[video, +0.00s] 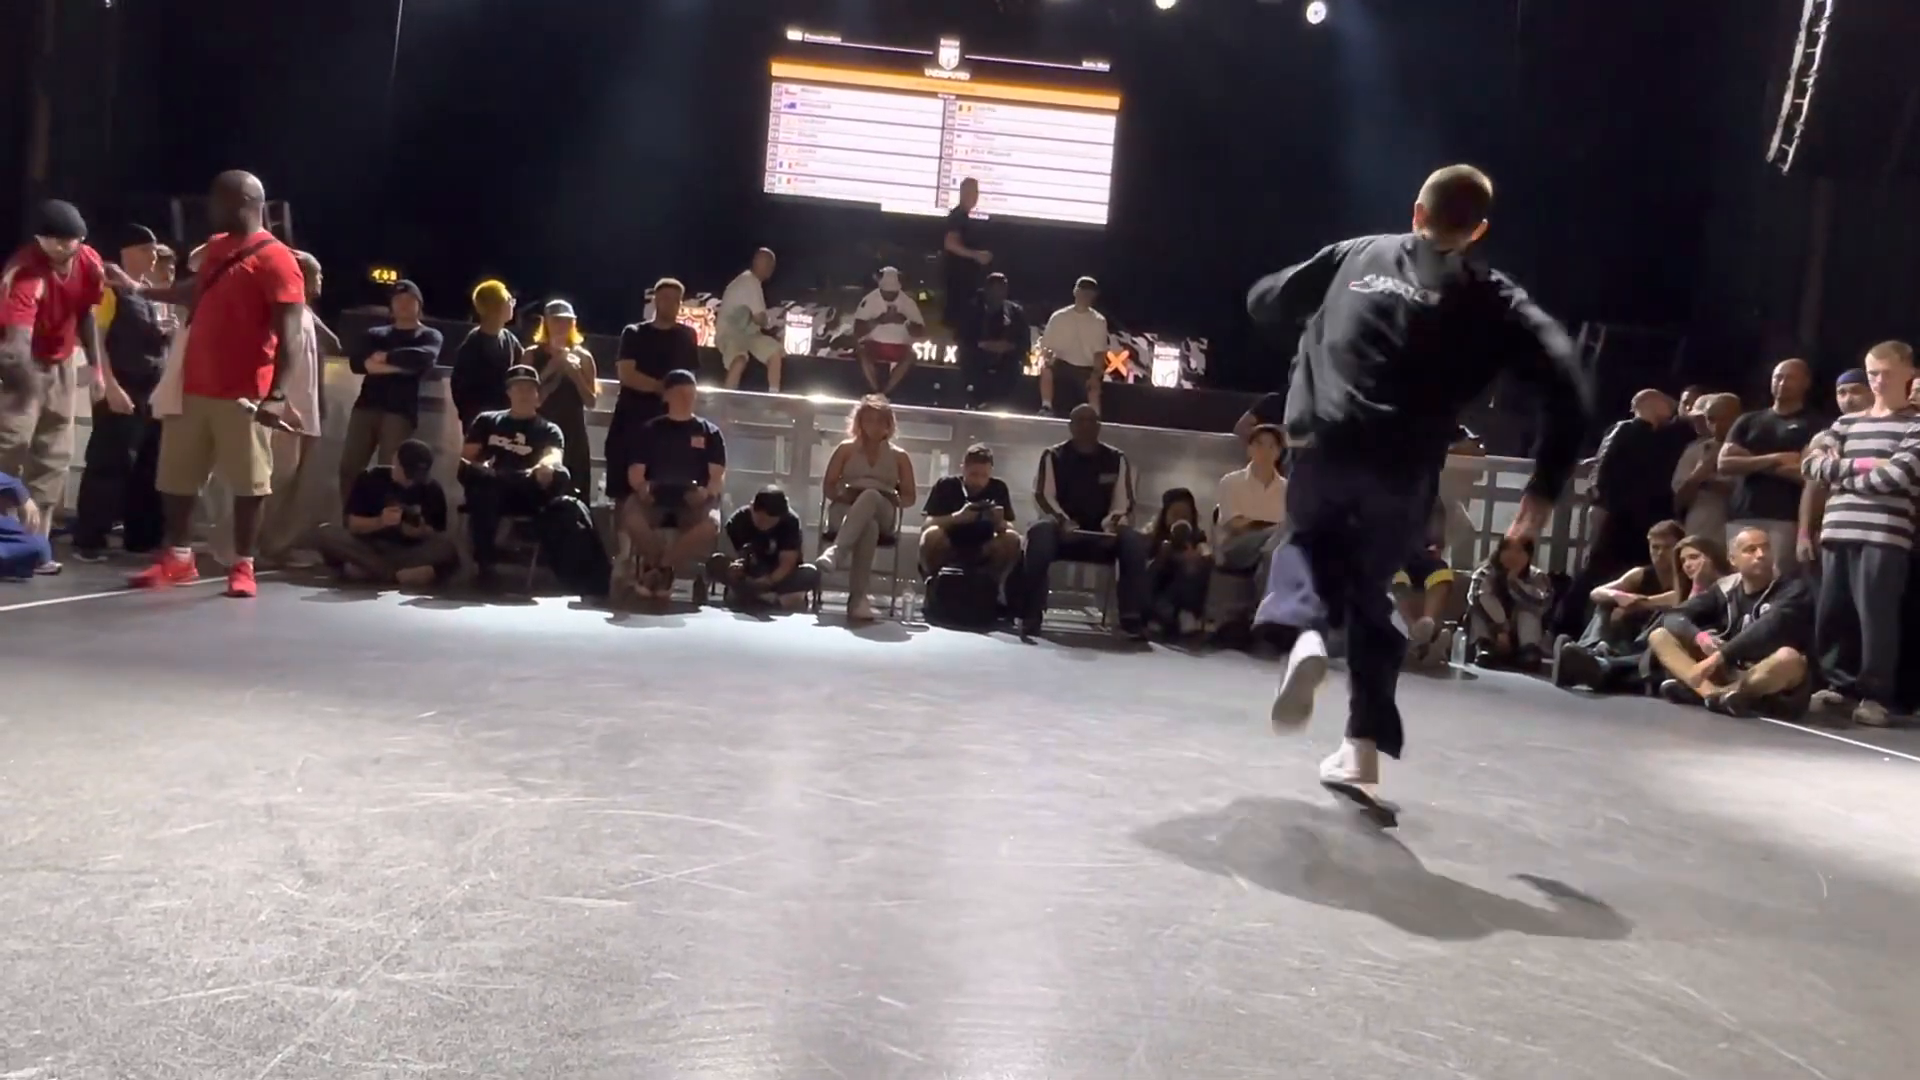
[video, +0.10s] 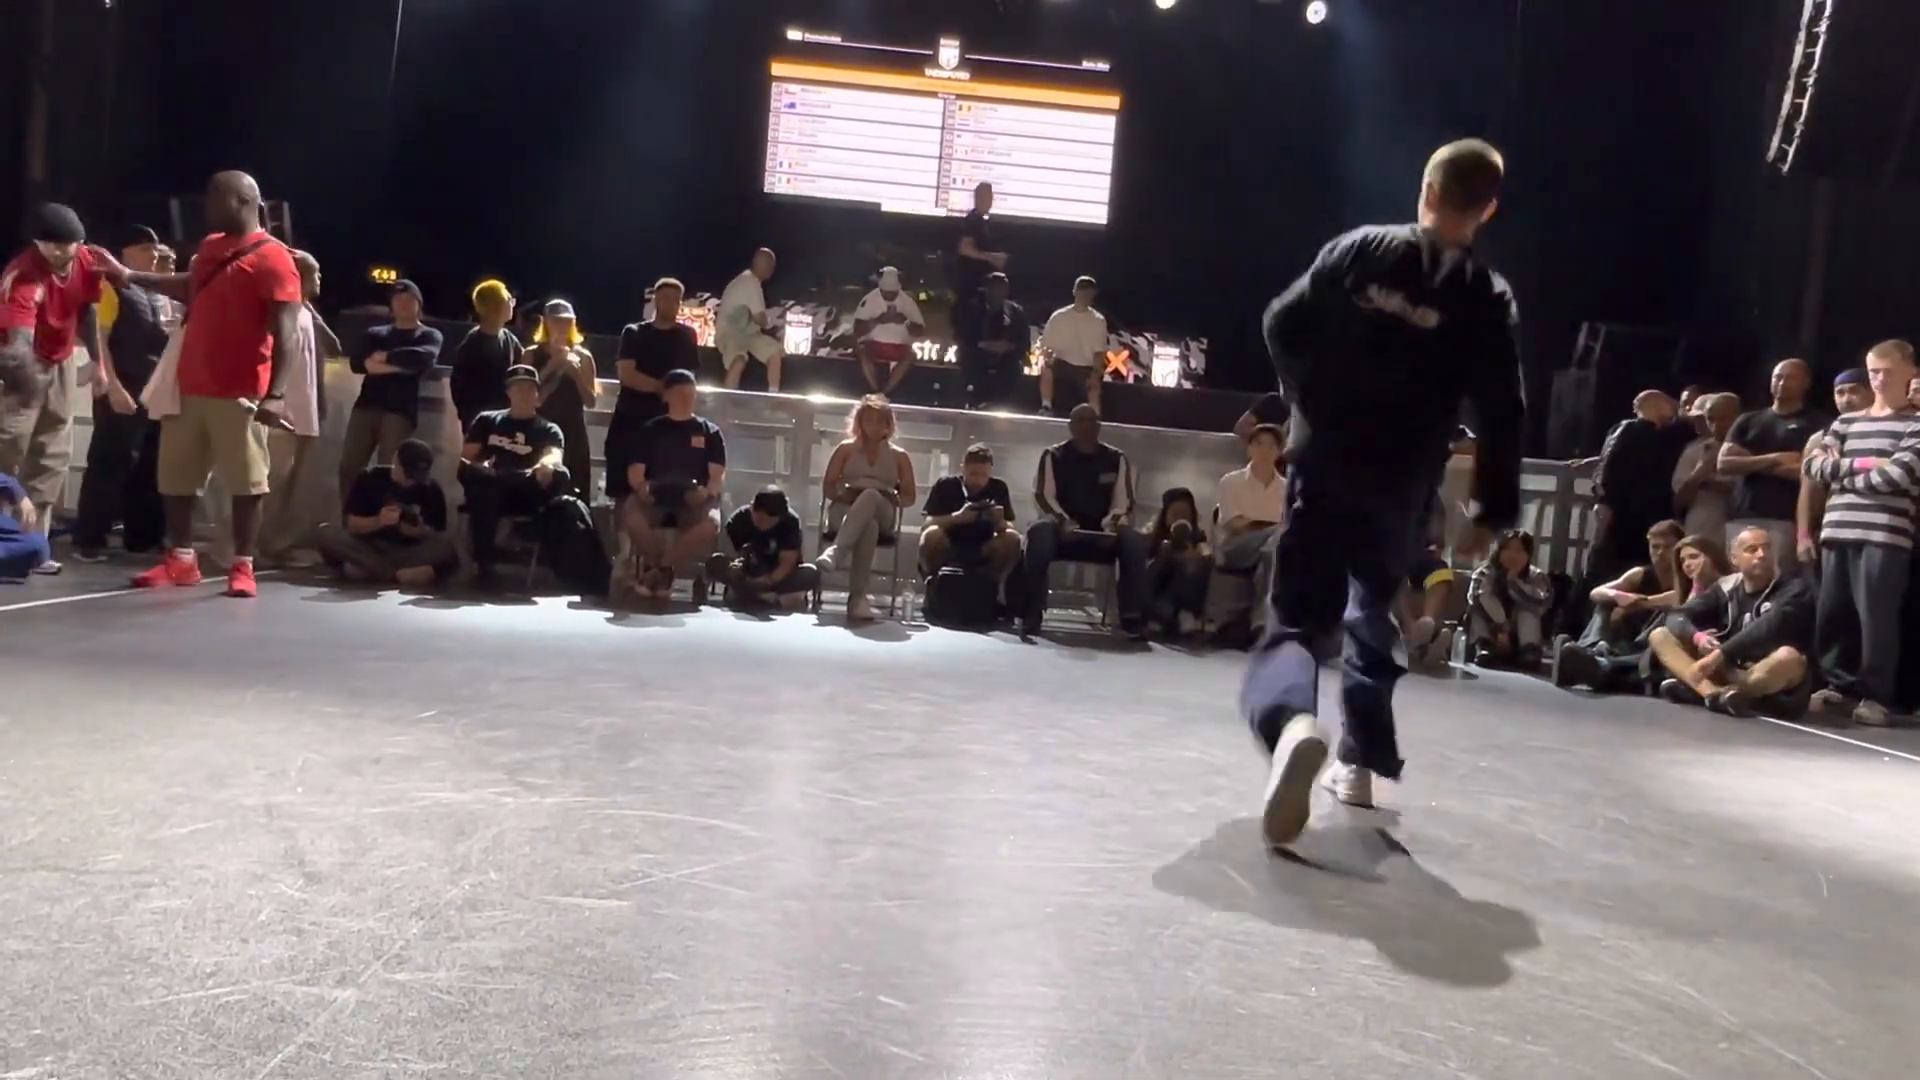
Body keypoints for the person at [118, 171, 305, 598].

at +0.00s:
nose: (211, 208)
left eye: (218, 200)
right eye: (212, 200)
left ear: (244, 203)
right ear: (244, 204)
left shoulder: (277, 259)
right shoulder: (215, 249)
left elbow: (291, 335)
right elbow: (197, 292)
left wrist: (279, 394)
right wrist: (139, 290)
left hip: (244, 396)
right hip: (192, 390)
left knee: (249, 486)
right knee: (176, 478)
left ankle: (243, 566)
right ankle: (177, 557)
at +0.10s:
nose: (209, 207)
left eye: (215, 199)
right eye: (209, 199)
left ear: (242, 202)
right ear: (236, 203)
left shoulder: (274, 258)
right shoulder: (211, 247)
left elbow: (288, 333)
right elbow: (190, 287)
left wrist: (277, 394)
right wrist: (128, 275)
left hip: (239, 393)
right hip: (189, 388)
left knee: (246, 483)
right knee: (177, 476)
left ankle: (242, 566)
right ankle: (180, 559)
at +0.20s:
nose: (207, 205)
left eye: (214, 197)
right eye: (206, 197)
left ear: (241, 201)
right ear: (218, 202)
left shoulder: (269, 256)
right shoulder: (201, 248)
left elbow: (283, 330)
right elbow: (178, 282)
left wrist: (274, 391)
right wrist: (117, 267)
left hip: (237, 391)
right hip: (183, 387)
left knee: (243, 483)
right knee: (176, 476)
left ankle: (241, 566)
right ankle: (179, 560)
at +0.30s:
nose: (196, 207)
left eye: (204, 199)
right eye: (196, 199)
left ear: (231, 201)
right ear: (205, 204)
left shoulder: (261, 256)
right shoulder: (194, 248)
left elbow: (280, 326)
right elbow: (175, 283)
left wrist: (271, 389)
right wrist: (114, 264)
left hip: (234, 391)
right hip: (181, 388)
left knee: (242, 483)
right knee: (176, 477)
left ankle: (240, 566)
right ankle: (179, 561)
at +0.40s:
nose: (184, 211)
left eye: (191, 202)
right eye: (183, 203)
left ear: (223, 202)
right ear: (188, 207)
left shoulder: (255, 256)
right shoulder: (186, 250)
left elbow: (272, 325)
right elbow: (160, 283)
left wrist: (264, 385)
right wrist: (107, 258)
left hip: (228, 389)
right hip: (175, 387)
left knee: (238, 480)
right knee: (172, 475)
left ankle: (239, 565)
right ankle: (179, 560)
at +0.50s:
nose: (180, 211)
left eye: (188, 202)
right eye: (177, 203)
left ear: (214, 200)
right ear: (177, 207)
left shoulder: (245, 252)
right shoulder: (177, 250)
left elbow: (268, 324)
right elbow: (148, 282)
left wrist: (260, 385)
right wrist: (102, 257)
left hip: (226, 390)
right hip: (172, 389)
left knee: (237, 481)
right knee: (171, 477)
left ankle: (240, 564)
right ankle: (178, 559)